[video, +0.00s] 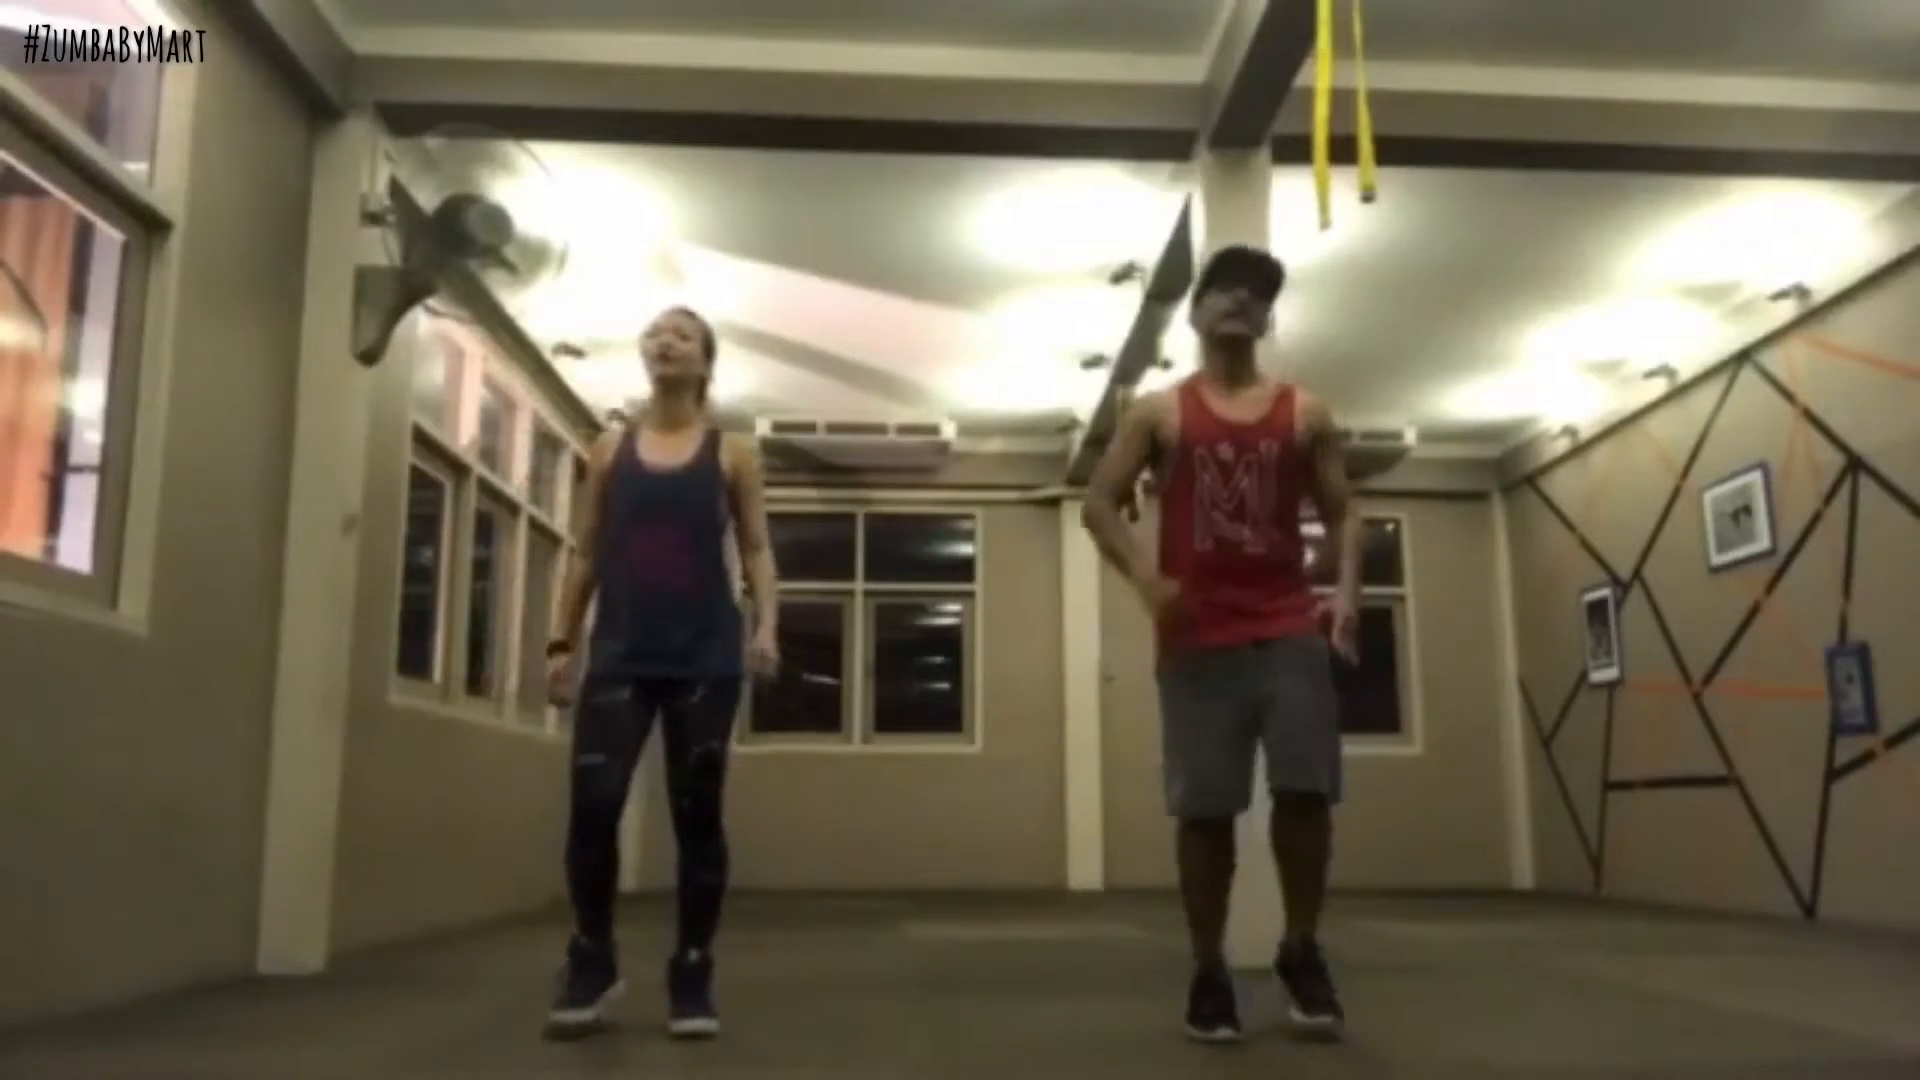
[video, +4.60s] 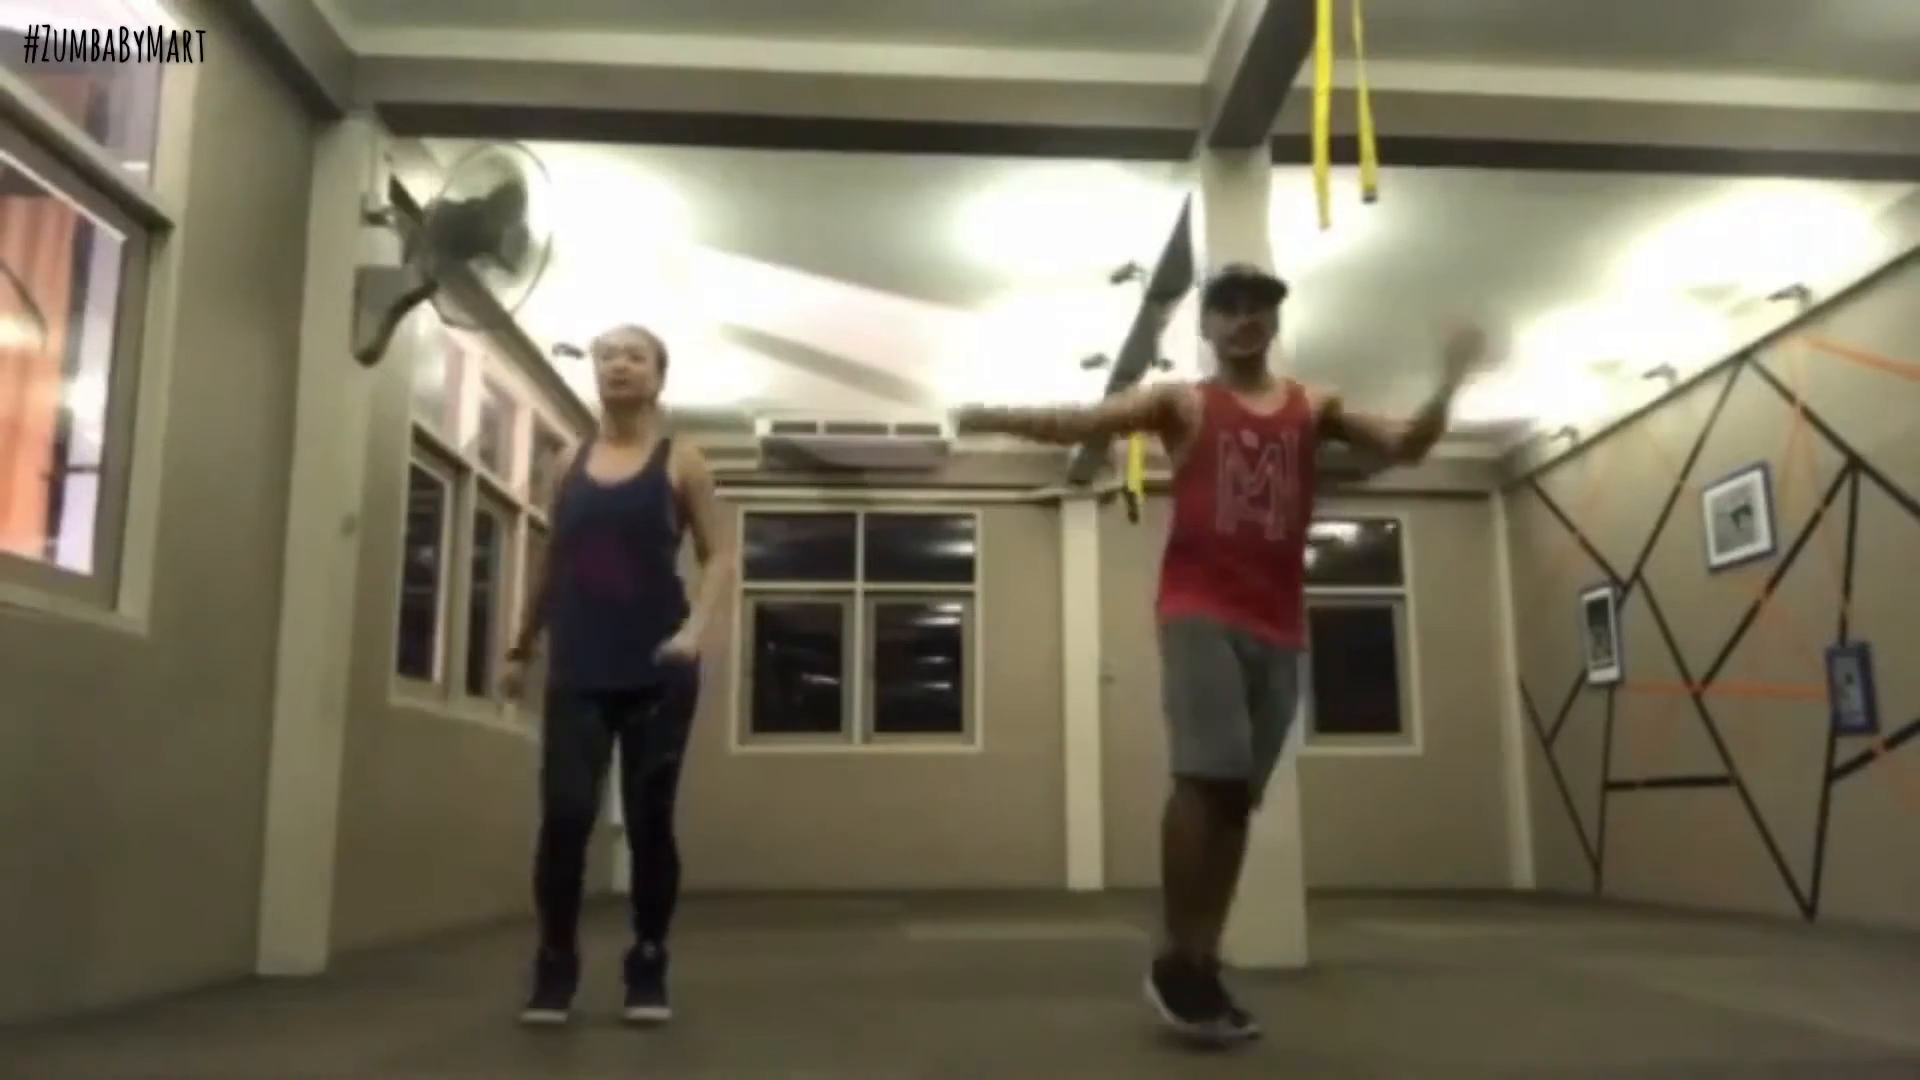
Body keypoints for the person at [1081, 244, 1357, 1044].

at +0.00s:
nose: (1235, 304)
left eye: (1250, 294)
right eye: (1221, 292)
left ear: (1269, 313)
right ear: (1195, 309)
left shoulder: (1304, 414)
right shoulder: (1159, 411)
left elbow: (1343, 511)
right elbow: (1100, 505)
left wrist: (1346, 592)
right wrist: (1147, 581)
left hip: (1292, 630)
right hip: (1199, 638)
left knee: (1305, 796)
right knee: (1205, 810)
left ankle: (1301, 951)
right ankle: (1209, 974)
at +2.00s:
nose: (1223, 344)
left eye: (1237, 332)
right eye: (1209, 332)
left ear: (1254, 343)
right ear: (1186, 342)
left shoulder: (1287, 434)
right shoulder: (1154, 433)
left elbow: (1321, 530)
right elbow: (1110, 527)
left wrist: (1320, 602)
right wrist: (1172, 582)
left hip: (1271, 639)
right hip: (1187, 647)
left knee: (1290, 784)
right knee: (1196, 808)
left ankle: (1284, 931)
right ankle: (1200, 965)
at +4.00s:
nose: (1216, 325)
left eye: (1231, 313)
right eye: (1202, 313)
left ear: (1251, 328)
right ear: (1181, 327)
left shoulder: (1284, 423)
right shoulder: (1146, 416)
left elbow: (1320, 510)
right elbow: (1088, 496)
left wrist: (1327, 559)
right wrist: (1166, 517)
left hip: (1260, 629)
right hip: (1175, 637)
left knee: (1270, 783)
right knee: (1187, 806)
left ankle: (1271, 920)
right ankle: (1190, 965)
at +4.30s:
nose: (1226, 330)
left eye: (1240, 319)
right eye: (1212, 317)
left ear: (1259, 335)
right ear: (1188, 330)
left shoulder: (1290, 428)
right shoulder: (1150, 422)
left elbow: (1346, 514)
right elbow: (1101, 513)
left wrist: (1390, 586)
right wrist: (1188, 510)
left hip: (1267, 643)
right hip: (1178, 643)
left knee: (1259, 812)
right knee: (1174, 808)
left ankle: (1254, 969)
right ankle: (1180, 962)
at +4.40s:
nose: (1235, 323)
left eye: (1249, 312)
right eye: (1221, 310)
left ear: (1267, 327)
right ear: (1194, 323)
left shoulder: (1298, 415)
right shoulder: (1155, 412)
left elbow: (1379, 477)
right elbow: (1071, 468)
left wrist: (1453, 523)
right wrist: (1135, 471)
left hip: (1271, 626)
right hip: (1186, 621)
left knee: (1264, 803)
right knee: (1177, 771)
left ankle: (1255, 969)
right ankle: (1170, 916)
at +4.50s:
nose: (1238, 308)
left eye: (1252, 295)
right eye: (1223, 295)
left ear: (1271, 307)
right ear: (1199, 308)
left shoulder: (1302, 393)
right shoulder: (1166, 388)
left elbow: (1398, 434)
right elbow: (1068, 424)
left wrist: (1488, 452)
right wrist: (1086, 441)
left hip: (1270, 603)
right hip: (1189, 591)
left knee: (1251, 787)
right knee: (1202, 746)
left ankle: (1232, 952)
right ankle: (1171, 909)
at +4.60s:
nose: (1245, 323)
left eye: (1258, 310)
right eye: (1230, 311)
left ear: (1277, 321)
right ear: (1207, 325)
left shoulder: (1309, 405)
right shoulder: (1180, 399)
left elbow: (1404, 443)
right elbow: (1084, 423)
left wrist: (1450, 379)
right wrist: (992, 417)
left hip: (1277, 620)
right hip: (1200, 609)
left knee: (1237, 796)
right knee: (1209, 779)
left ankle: (1201, 965)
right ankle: (1179, 967)